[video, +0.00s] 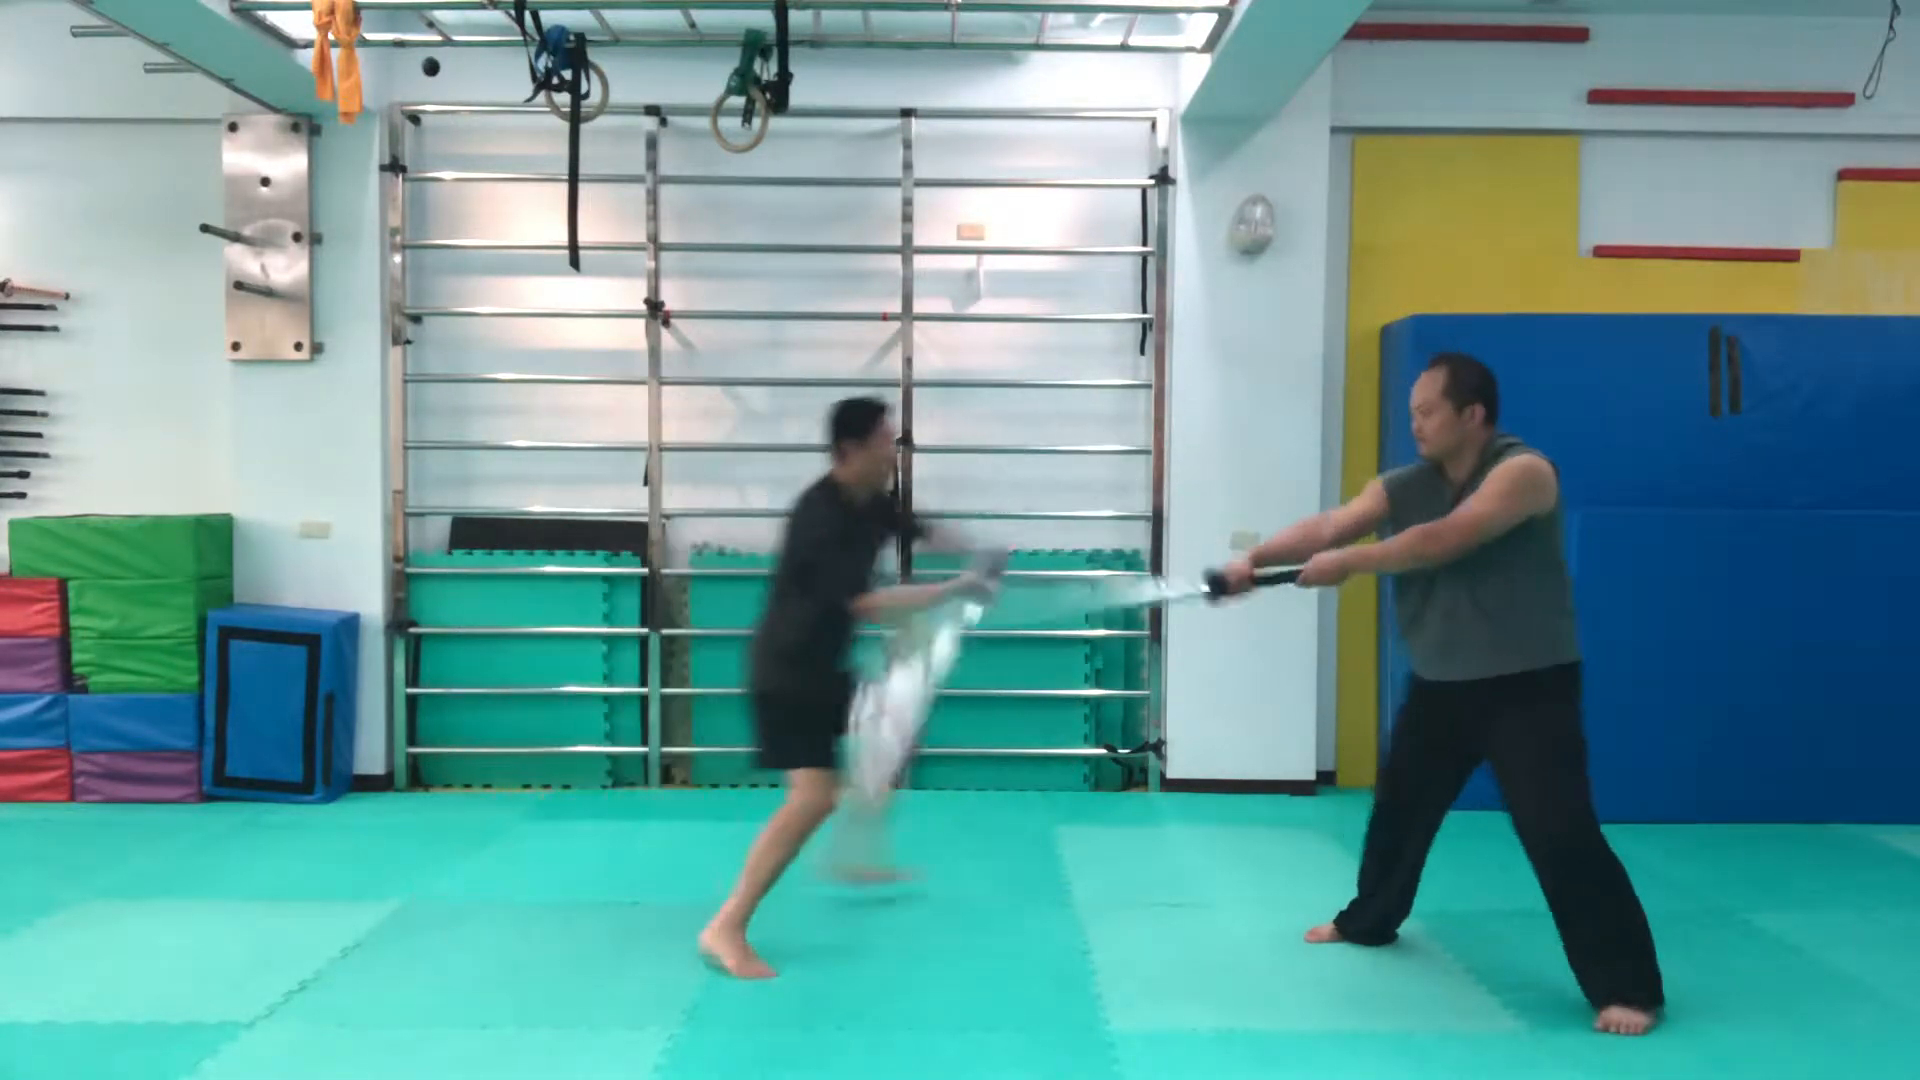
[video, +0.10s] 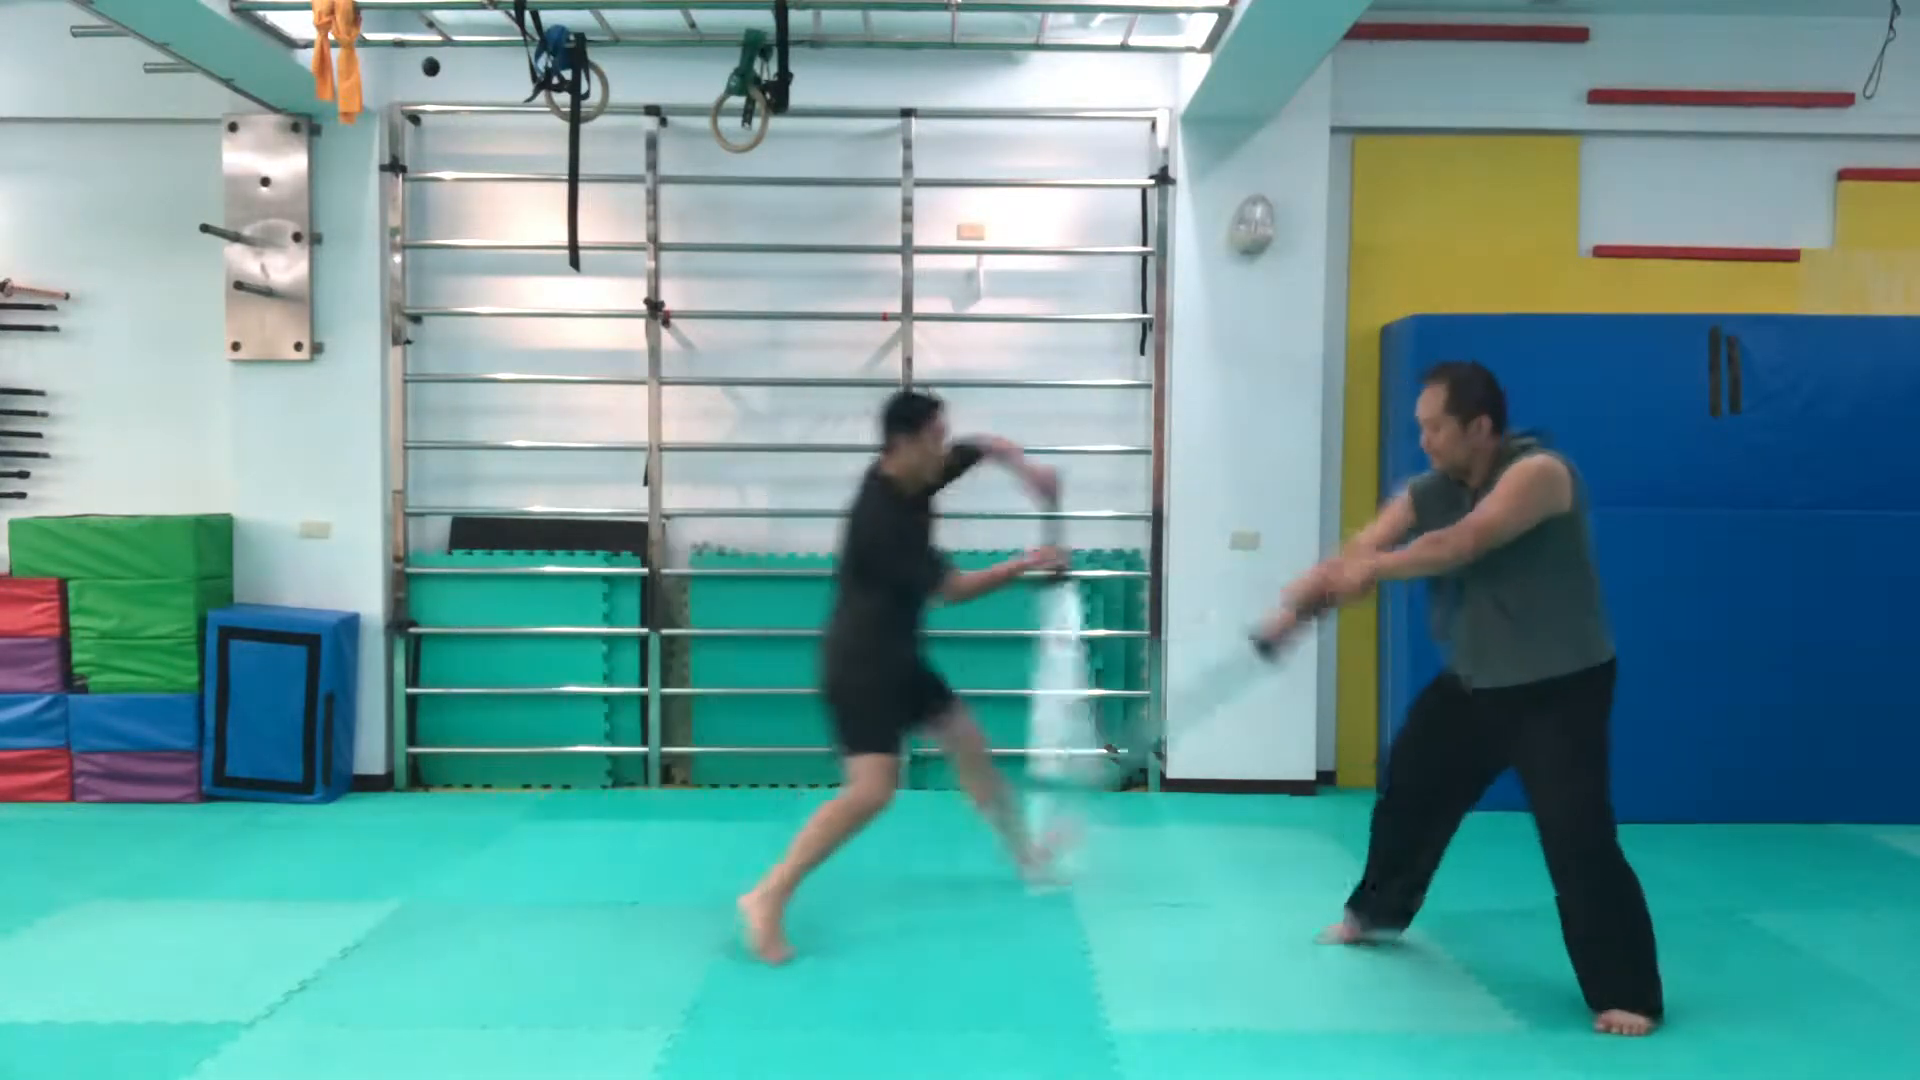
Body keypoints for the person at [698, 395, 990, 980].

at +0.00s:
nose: (895, 453)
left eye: (894, 442)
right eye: (886, 443)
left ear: (857, 449)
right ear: (851, 450)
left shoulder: (871, 500)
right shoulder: (825, 511)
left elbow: (923, 534)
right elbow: (858, 601)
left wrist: (979, 555)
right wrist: (954, 588)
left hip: (824, 663)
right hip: (788, 667)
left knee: (893, 729)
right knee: (813, 795)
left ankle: (857, 858)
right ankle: (726, 928)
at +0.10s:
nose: (945, 452)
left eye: (942, 441)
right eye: (937, 442)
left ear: (904, 444)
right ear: (905, 446)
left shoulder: (911, 479)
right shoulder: (883, 513)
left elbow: (983, 447)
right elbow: (951, 589)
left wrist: (1029, 474)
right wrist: (1024, 565)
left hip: (896, 656)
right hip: (860, 661)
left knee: (967, 741)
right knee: (872, 787)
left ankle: (1026, 855)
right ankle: (766, 898)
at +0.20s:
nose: (988, 470)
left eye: (988, 460)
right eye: (979, 461)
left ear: (945, 464)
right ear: (948, 465)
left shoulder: (928, 501)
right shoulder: (951, 541)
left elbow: (996, 420)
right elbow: (1041, 570)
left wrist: (1048, 443)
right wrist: (1104, 522)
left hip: (954, 673)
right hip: (934, 680)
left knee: (1039, 743)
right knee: (950, 801)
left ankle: (1071, 861)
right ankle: (832, 876)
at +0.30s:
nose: (1032, 479)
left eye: (1029, 469)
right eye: (1023, 471)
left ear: (983, 473)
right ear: (991, 475)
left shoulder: (958, 506)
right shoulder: (1009, 547)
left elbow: (1018, 432)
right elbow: (1096, 549)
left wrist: (1069, 444)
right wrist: (1152, 489)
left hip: (966, 676)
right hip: (985, 687)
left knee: (1077, 734)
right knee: (1020, 811)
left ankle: (1075, 859)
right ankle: (898, 857)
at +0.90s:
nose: (997, 420)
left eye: (995, 410)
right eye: (988, 411)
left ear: (949, 422)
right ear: (959, 420)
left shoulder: (926, 470)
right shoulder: (981, 489)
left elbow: (952, 433)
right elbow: (1061, 500)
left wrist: (997, 385)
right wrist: (1099, 434)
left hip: (947, 646)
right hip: (975, 652)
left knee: (1025, 757)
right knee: (1009, 773)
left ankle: (1064, 854)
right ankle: (932, 893)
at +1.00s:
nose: (965, 410)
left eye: (964, 400)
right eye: (956, 401)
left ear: (915, 413)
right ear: (925, 411)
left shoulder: (895, 462)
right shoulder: (952, 479)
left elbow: (928, 420)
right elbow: (1035, 487)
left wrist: (969, 377)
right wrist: (1063, 418)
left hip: (914, 642)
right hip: (948, 648)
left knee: (993, 736)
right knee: (988, 765)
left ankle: (990, 866)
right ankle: (929, 896)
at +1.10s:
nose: (929, 403)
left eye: (927, 393)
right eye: (919, 395)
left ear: (882, 407)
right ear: (888, 404)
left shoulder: (861, 457)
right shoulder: (917, 472)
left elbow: (896, 415)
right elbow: (1001, 483)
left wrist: (938, 376)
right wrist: (1033, 413)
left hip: (879, 641)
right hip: (920, 644)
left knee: (936, 753)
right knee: (964, 761)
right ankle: (927, 898)